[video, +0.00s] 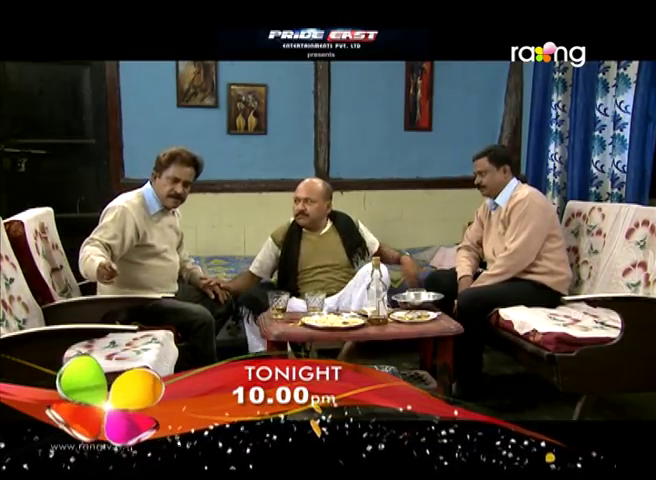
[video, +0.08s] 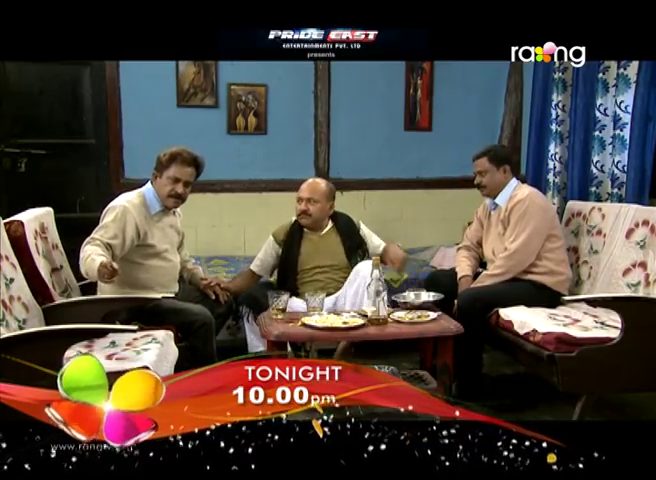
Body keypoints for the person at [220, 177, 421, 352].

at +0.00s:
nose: (300, 207)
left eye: (309, 202)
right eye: (297, 201)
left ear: (327, 207)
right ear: (293, 202)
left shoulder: (346, 224)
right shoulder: (284, 235)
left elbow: (379, 251)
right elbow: (252, 277)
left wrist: (403, 258)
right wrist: (226, 287)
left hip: (348, 300)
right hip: (300, 305)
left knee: (378, 275)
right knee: (251, 298)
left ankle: (345, 358)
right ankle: (274, 365)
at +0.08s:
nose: (303, 208)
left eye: (311, 203)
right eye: (300, 201)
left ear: (330, 206)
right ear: (295, 202)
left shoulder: (347, 225)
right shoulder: (284, 234)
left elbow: (385, 249)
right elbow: (253, 275)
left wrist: (394, 255)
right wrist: (228, 287)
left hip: (344, 300)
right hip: (299, 304)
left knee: (367, 268)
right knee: (251, 296)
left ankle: (343, 352)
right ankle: (264, 363)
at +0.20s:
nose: (306, 207)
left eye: (315, 202)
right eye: (303, 201)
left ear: (334, 207)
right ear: (300, 201)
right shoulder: (286, 233)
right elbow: (255, 271)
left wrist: (382, 243)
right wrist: (229, 288)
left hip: (339, 300)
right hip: (297, 303)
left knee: (358, 268)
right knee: (250, 296)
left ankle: (339, 351)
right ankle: (262, 364)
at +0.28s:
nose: (309, 207)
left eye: (318, 202)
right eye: (307, 200)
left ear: (337, 208)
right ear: (303, 200)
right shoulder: (289, 232)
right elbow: (256, 270)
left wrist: (369, 237)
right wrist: (229, 287)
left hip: (341, 299)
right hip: (298, 302)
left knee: (352, 268)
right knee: (249, 295)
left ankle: (335, 351)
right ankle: (265, 364)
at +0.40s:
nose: (312, 206)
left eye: (321, 202)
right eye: (310, 199)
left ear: (340, 207)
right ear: (306, 199)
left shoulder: (355, 230)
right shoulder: (292, 231)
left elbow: (382, 264)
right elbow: (259, 267)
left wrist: (347, 240)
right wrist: (228, 286)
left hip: (339, 302)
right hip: (297, 302)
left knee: (342, 270)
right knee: (248, 293)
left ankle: (330, 350)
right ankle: (264, 360)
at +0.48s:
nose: (314, 206)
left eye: (323, 201)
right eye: (312, 199)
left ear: (342, 208)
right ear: (308, 200)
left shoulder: (357, 231)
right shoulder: (294, 230)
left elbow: (369, 265)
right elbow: (260, 266)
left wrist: (331, 243)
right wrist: (228, 286)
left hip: (338, 301)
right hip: (297, 302)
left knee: (337, 272)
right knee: (248, 294)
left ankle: (333, 353)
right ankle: (266, 361)